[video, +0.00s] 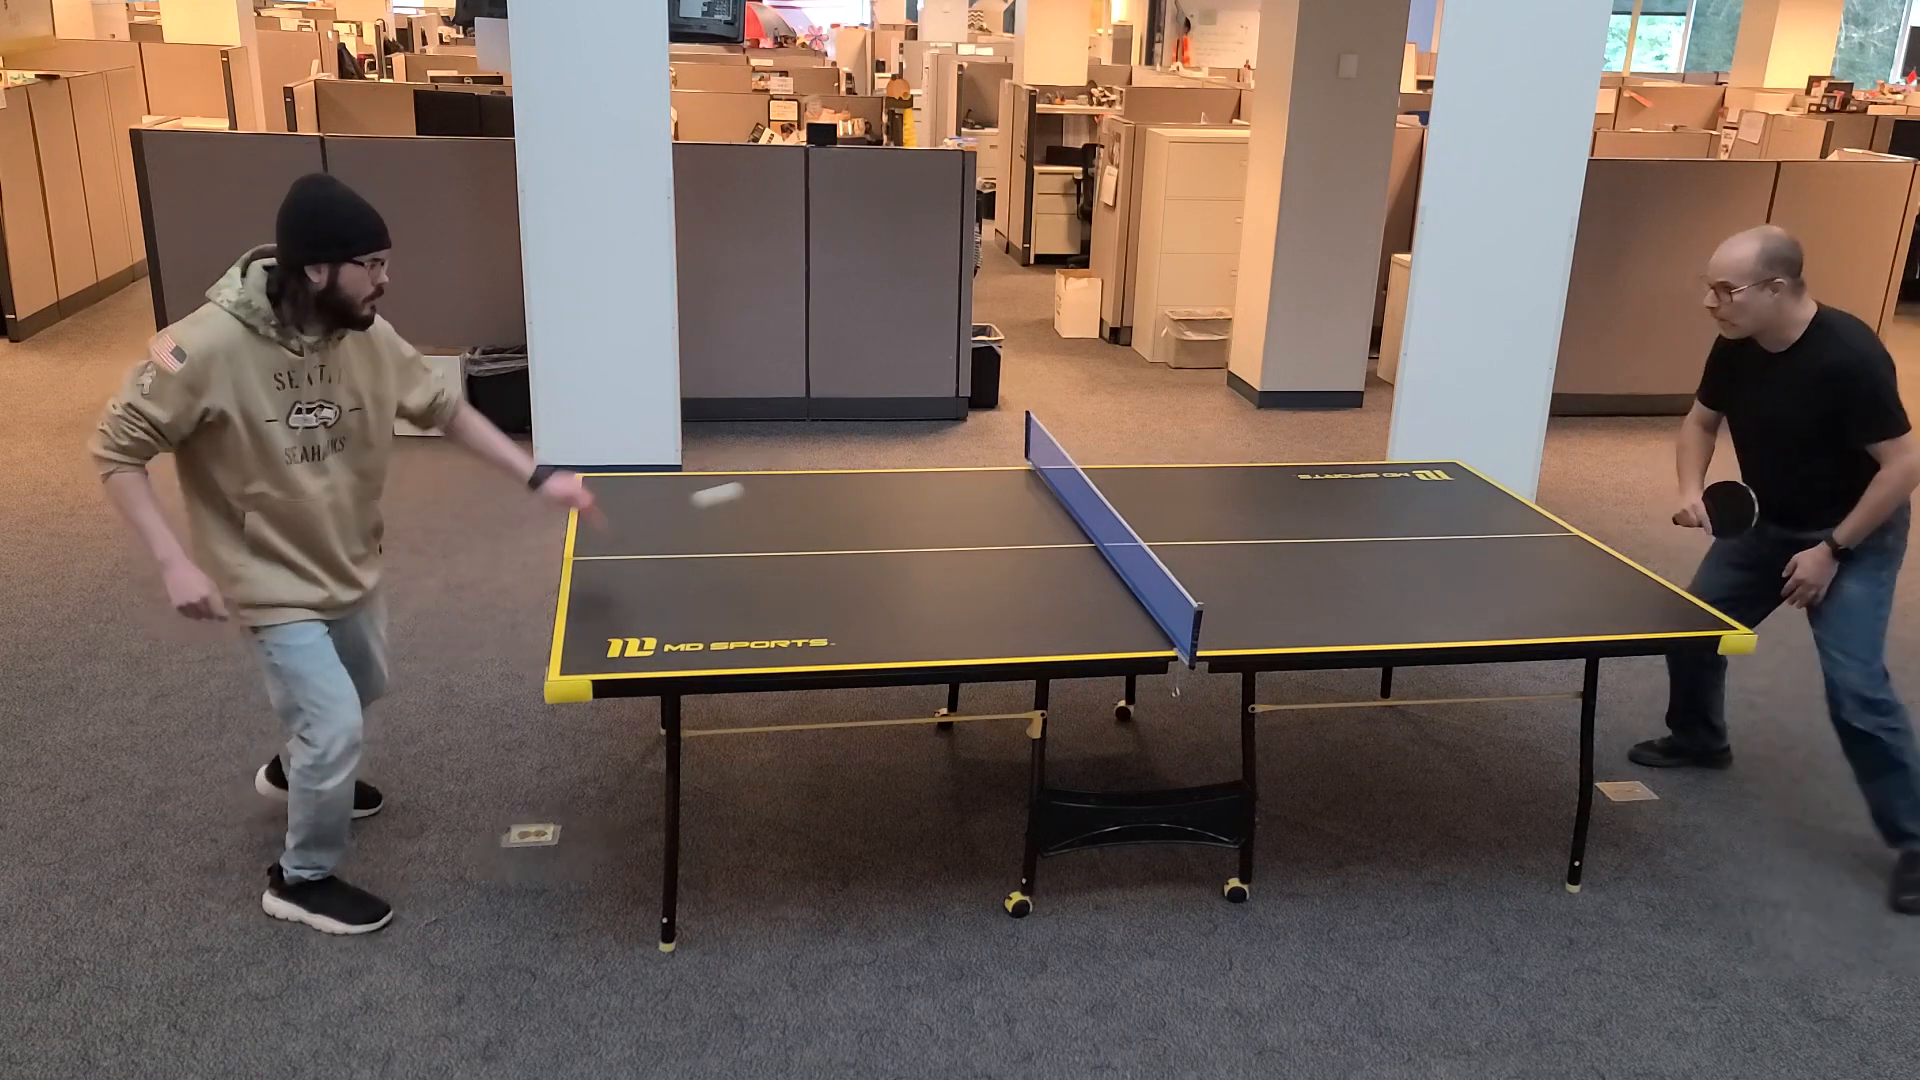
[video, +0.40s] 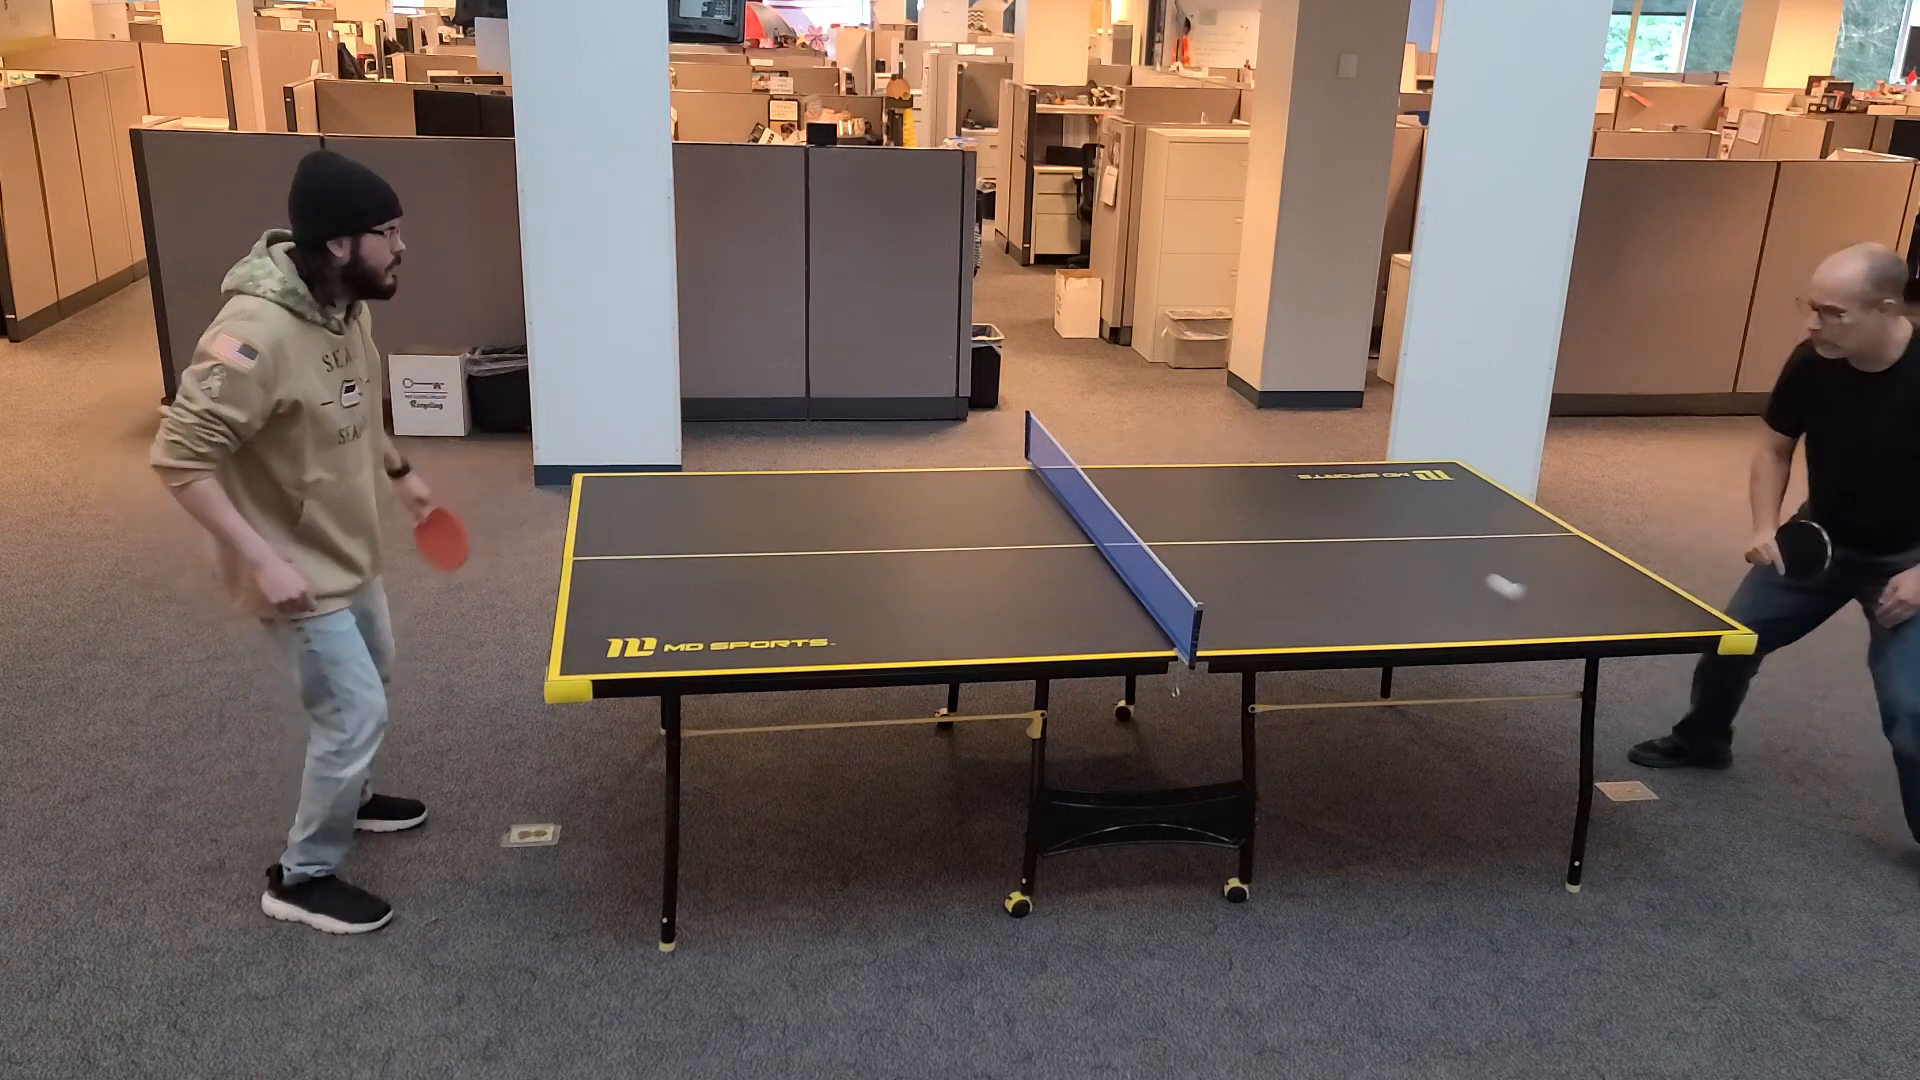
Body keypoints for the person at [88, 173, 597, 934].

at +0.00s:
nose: (385, 278)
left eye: (384, 261)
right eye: (371, 264)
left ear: (330, 272)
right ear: (316, 272)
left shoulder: (367, 341)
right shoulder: (208, 349)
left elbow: (448, 405)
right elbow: (116, 451)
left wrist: (538, 476)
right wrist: (174, 564)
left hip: (350, 565)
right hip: (269, 580)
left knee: (361, 688)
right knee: (333, 731)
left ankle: (298, 771)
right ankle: (302, 876)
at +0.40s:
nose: (400, 245)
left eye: (397, 230)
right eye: (387, 233)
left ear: (343, 245)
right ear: (337, 246)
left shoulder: (344, 300)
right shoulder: (254, 334)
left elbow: (352, 411)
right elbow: (179, 458)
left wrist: (403, 473)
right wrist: (263, 558)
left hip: (348, 549)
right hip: (294, 570)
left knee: (373, 683)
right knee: (352, 715)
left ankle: (343, 803)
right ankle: (302, 875)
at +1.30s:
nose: (400, 270)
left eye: (398, 254)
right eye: (386, 256)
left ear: (347, 266)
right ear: (333, 265)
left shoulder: (382, 346)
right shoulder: (226, 342)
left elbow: (441, 452)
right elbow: (136, 445)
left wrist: (539, 493)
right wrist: (195, 557)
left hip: (360, 567)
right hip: (279, 579)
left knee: (392, 685)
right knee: (345, 729)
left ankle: (348, 802)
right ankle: (301, 877)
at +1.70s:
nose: (400, 235)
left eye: (396, 218)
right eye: (386, 222)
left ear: (345, 231)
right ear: (340, 234)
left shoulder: (334, 299)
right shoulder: (265, 319)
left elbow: (346, 432)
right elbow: (191, 444)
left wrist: (414, 483)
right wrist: (277, 545)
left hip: (347, 545)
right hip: (300, 565)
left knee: (378, 668)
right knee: (356, 712)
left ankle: (345, 801)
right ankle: (302, 874)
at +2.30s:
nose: (404, 263)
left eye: (404, 248)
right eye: (390, 248)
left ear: (355, 255)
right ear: (337, 253)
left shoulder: (384, 345)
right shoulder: (232, 327)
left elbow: (439, 445)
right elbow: (144, 426)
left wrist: (517, 505)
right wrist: (192, 540)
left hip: (365, 561)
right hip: (281, 571)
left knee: (400, 682)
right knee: (345, 717)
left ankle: (347, 801)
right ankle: (303, 874)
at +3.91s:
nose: (406, 223)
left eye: (403, 207)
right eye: (393, 209)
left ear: (349, 219)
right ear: (346, 219)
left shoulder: (337, 286)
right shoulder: (269, 302)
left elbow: (333, 421)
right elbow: (184, 419)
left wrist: (408, 432)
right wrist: (265, 522)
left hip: (355, 536)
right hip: (303, 549)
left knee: (379, 672)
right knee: (348, 709)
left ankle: (346, 799)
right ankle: (303, 873)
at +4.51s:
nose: (384, 240)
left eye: (380, 225)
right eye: (374, 226)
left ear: (321, 232)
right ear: (336, 235)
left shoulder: (299, 297)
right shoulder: (280, 314)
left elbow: (249, 427)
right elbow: (217, 436)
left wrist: (324, 524)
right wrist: (283, 545)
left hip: (331, 540)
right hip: (301, 558)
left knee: (384, 643)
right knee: (359, 719)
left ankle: (345, 792)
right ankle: (212, 877)